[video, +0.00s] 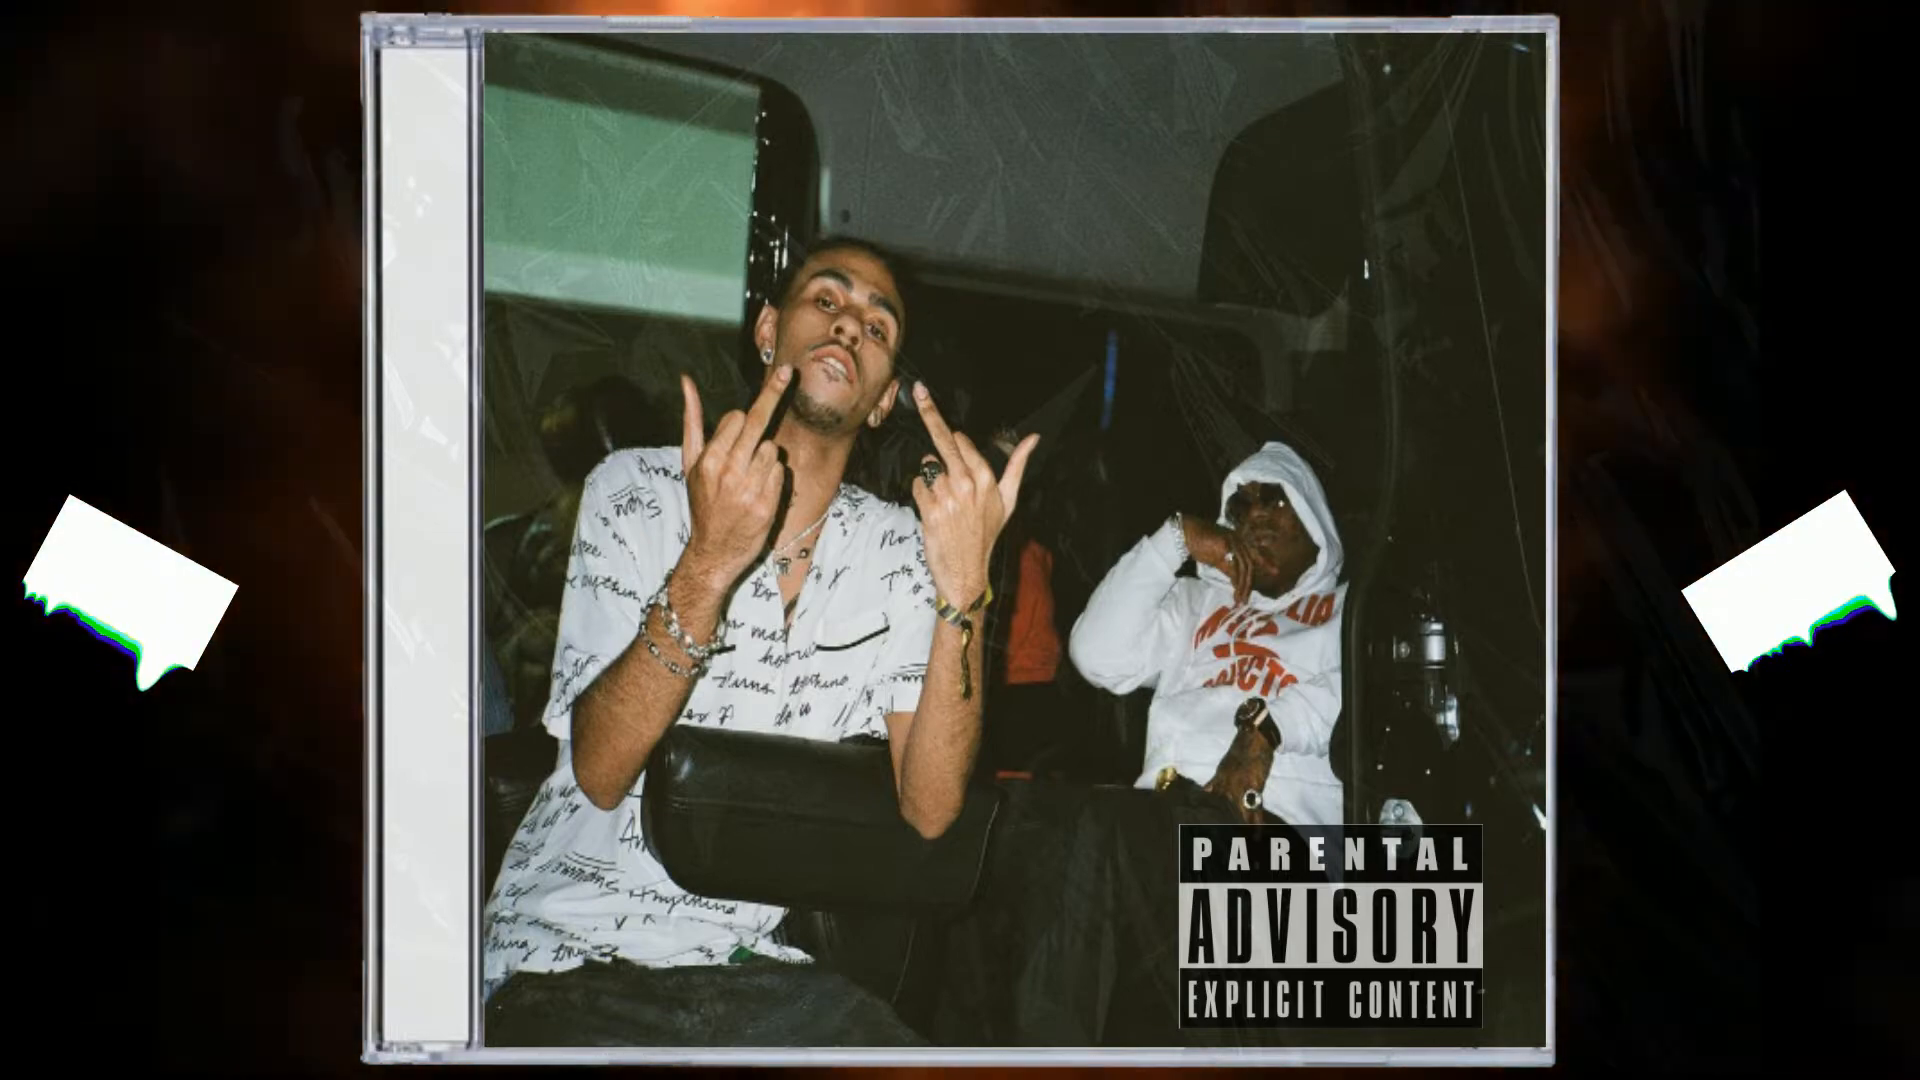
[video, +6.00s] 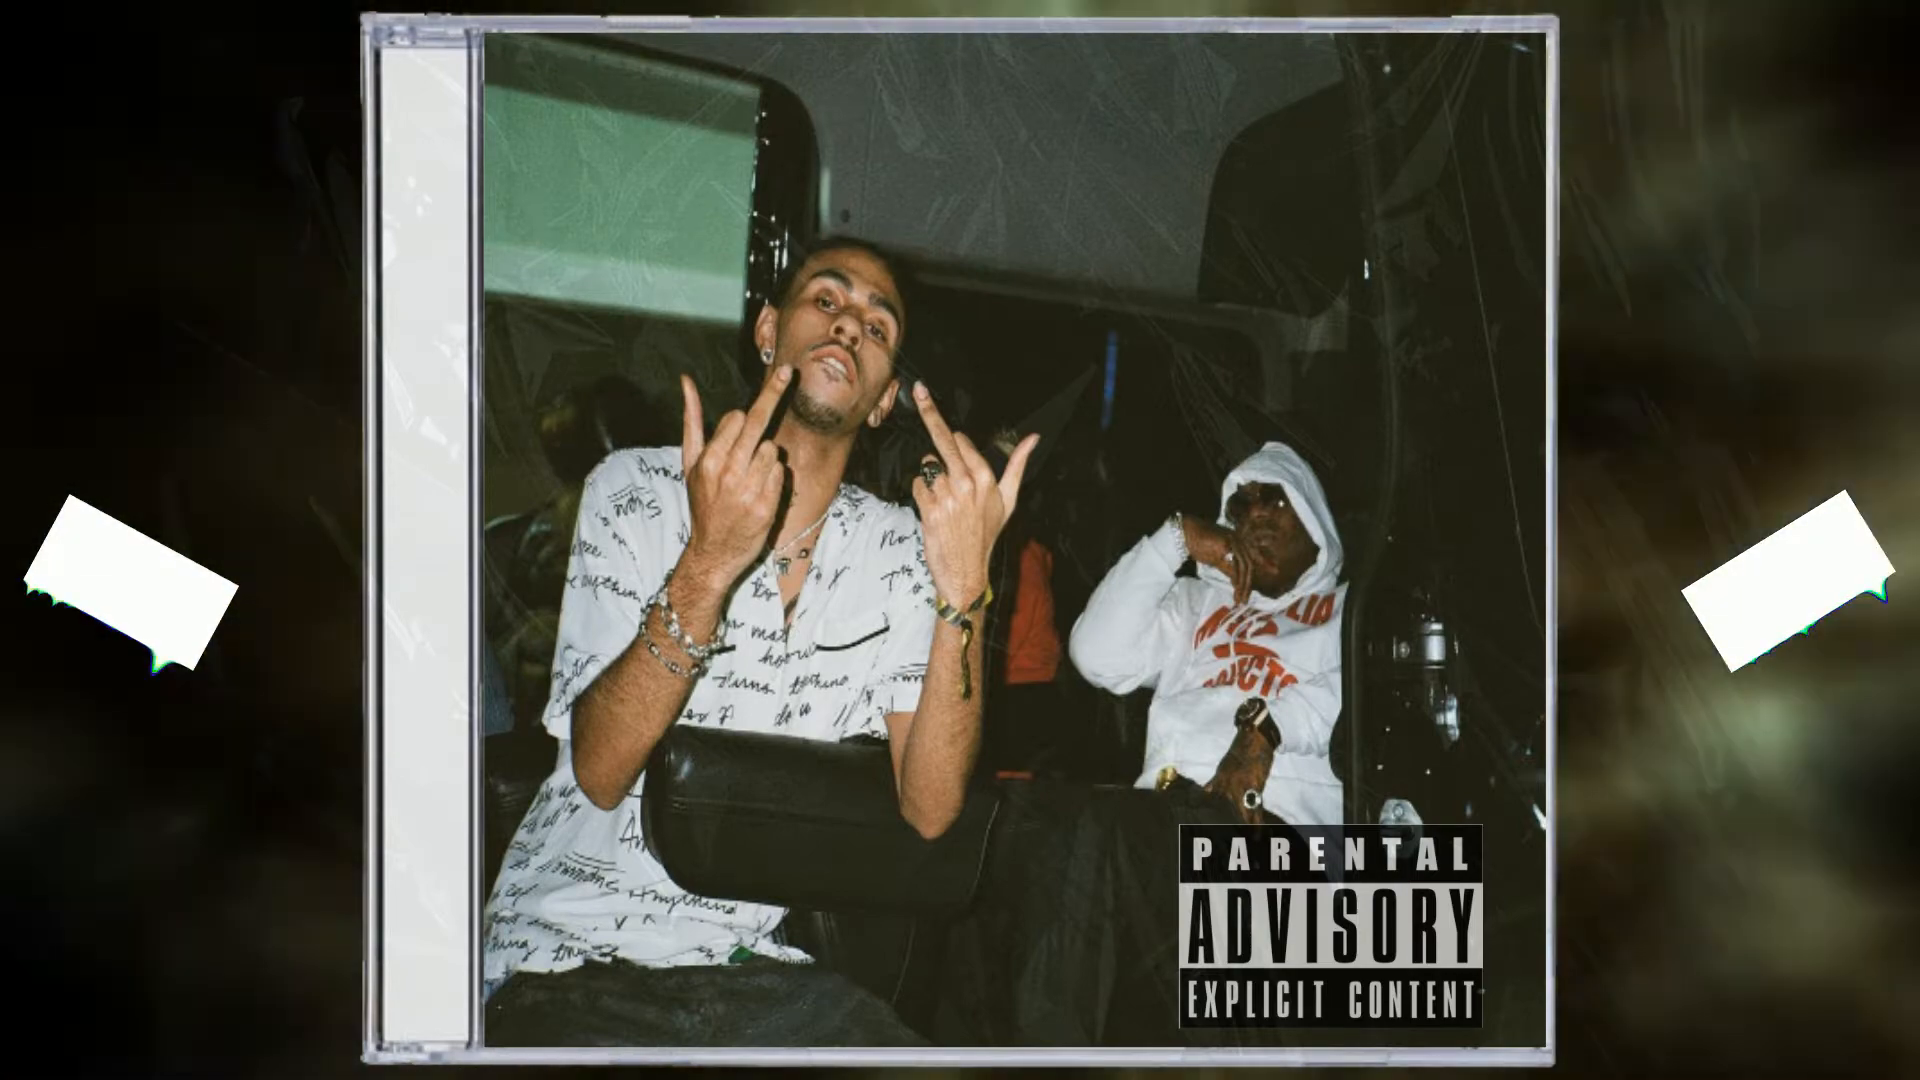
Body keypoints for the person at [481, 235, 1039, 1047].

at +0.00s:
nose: (852, 323)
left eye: (879, 323)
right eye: (826, 299)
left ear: (887, 396)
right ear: (766, 333)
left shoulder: (903, 551)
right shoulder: (638, 490)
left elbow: (931, 809)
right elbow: (601, 770)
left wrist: (966, 593)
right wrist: (710, 563)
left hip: (753, 957)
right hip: (570, 945)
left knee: (905, 1060)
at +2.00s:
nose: (852, 323)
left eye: (878, 323)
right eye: (826, 299)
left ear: (886, 396)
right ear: (766, 332)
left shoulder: (902, 550)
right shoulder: (638, 490)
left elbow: (930, 809)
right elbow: (601, 770)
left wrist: (965, 593)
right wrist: (709, 564)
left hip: (754, 956)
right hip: (568, 943)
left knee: (905, 1060)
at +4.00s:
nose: (851, 322)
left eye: (878, 323)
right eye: (826, 298)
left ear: (886, 395)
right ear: (767, 332)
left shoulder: (903, 550)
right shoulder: (638, 490)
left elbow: (931, 809)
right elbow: (601, 770)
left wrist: (965, 594)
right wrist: (710, 564)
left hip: (752, 955)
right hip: (568, 943)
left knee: (906, 1060)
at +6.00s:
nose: (851, 323)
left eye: (878, 323)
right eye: (826, 299)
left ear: (887, 395)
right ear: (767, 333)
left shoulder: (903, 550)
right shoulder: (638, 490)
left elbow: (931, 809)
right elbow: (601, 770)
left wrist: (966, 594)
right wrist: (710, 564)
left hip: (756, 957)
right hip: (570, 945)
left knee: (913, 1066)